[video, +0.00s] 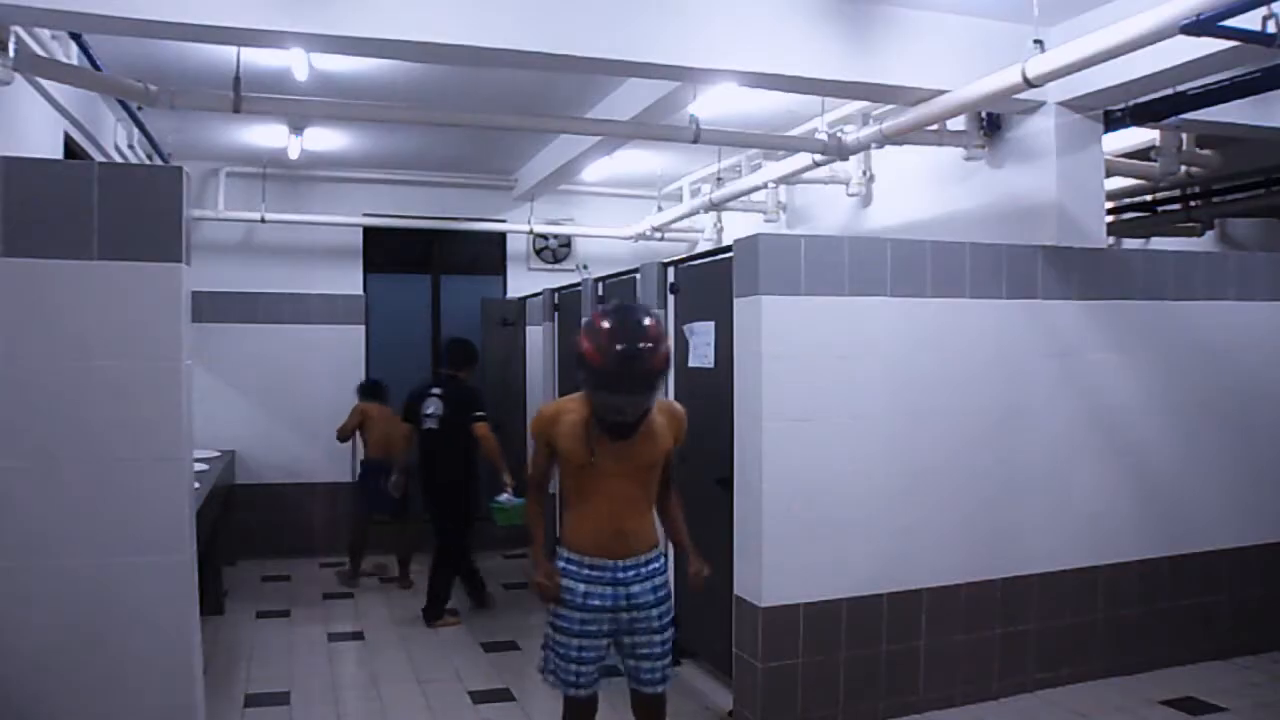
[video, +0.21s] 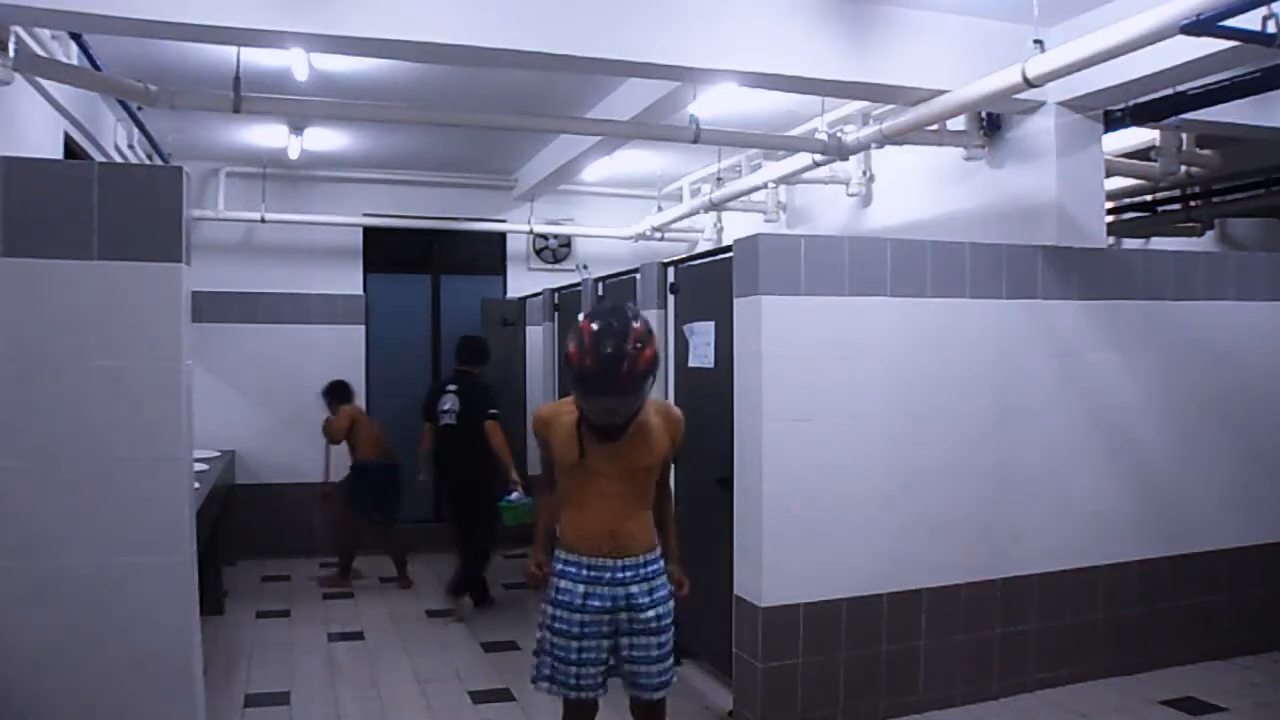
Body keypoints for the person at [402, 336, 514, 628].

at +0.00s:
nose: (473, 371)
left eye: (472, 366)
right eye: (473, 366)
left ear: (443, 362)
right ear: (469, 366)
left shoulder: (422, 392)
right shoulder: (469, 394)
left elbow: (405, 433)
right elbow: (484, 435)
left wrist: (399, 470)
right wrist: (504, 471)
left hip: (430, 476)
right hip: (460, 477)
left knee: (455, 540)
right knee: (450, 542)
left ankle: (479, 594)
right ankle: (434, 611)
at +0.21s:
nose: (483, 365)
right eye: (483, 360)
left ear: (457, 358)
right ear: (483, 361)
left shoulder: (439, 389)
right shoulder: (483, 391)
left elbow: (428, 431)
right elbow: (493, 431)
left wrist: (424, 464)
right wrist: (512, 469)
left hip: (449, 471)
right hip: (479, 471)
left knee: (464, 530)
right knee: (484, 530)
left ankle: (480, 593)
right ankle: (458, 589)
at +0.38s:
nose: (492, 365)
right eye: (492, 359)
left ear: (467, 358)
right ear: (492, 361)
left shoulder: (448, 386)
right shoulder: (492, 389)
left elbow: (439, 427)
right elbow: (501, 429)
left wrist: (450, 451)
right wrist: (518, 463)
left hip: (459, 468)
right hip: (489, 469)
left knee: (469, 529)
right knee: (499, 527)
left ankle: (477, 590)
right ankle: (499, 584)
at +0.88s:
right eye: (513, 360)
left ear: (490, 358)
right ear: (516, 361)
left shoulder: (472, 384)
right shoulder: (520, 390)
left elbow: (457, 413)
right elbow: (525, 426)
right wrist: (532, 457)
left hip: (477, 462)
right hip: (507, 462)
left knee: (479, 514)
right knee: (511, 518)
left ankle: (484, 568)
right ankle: (511, 578)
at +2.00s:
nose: (531, 369)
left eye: (532, 364)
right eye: (530, 364)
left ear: (508, 360)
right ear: (523, 363)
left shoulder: (490, 379)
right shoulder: (522, 385)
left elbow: (478, 410)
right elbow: (519, 416)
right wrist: (520, 450)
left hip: (487, 446)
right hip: (508, 448)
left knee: (488, 497)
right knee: (508, 500)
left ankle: (483, 545)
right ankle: (504, 549)